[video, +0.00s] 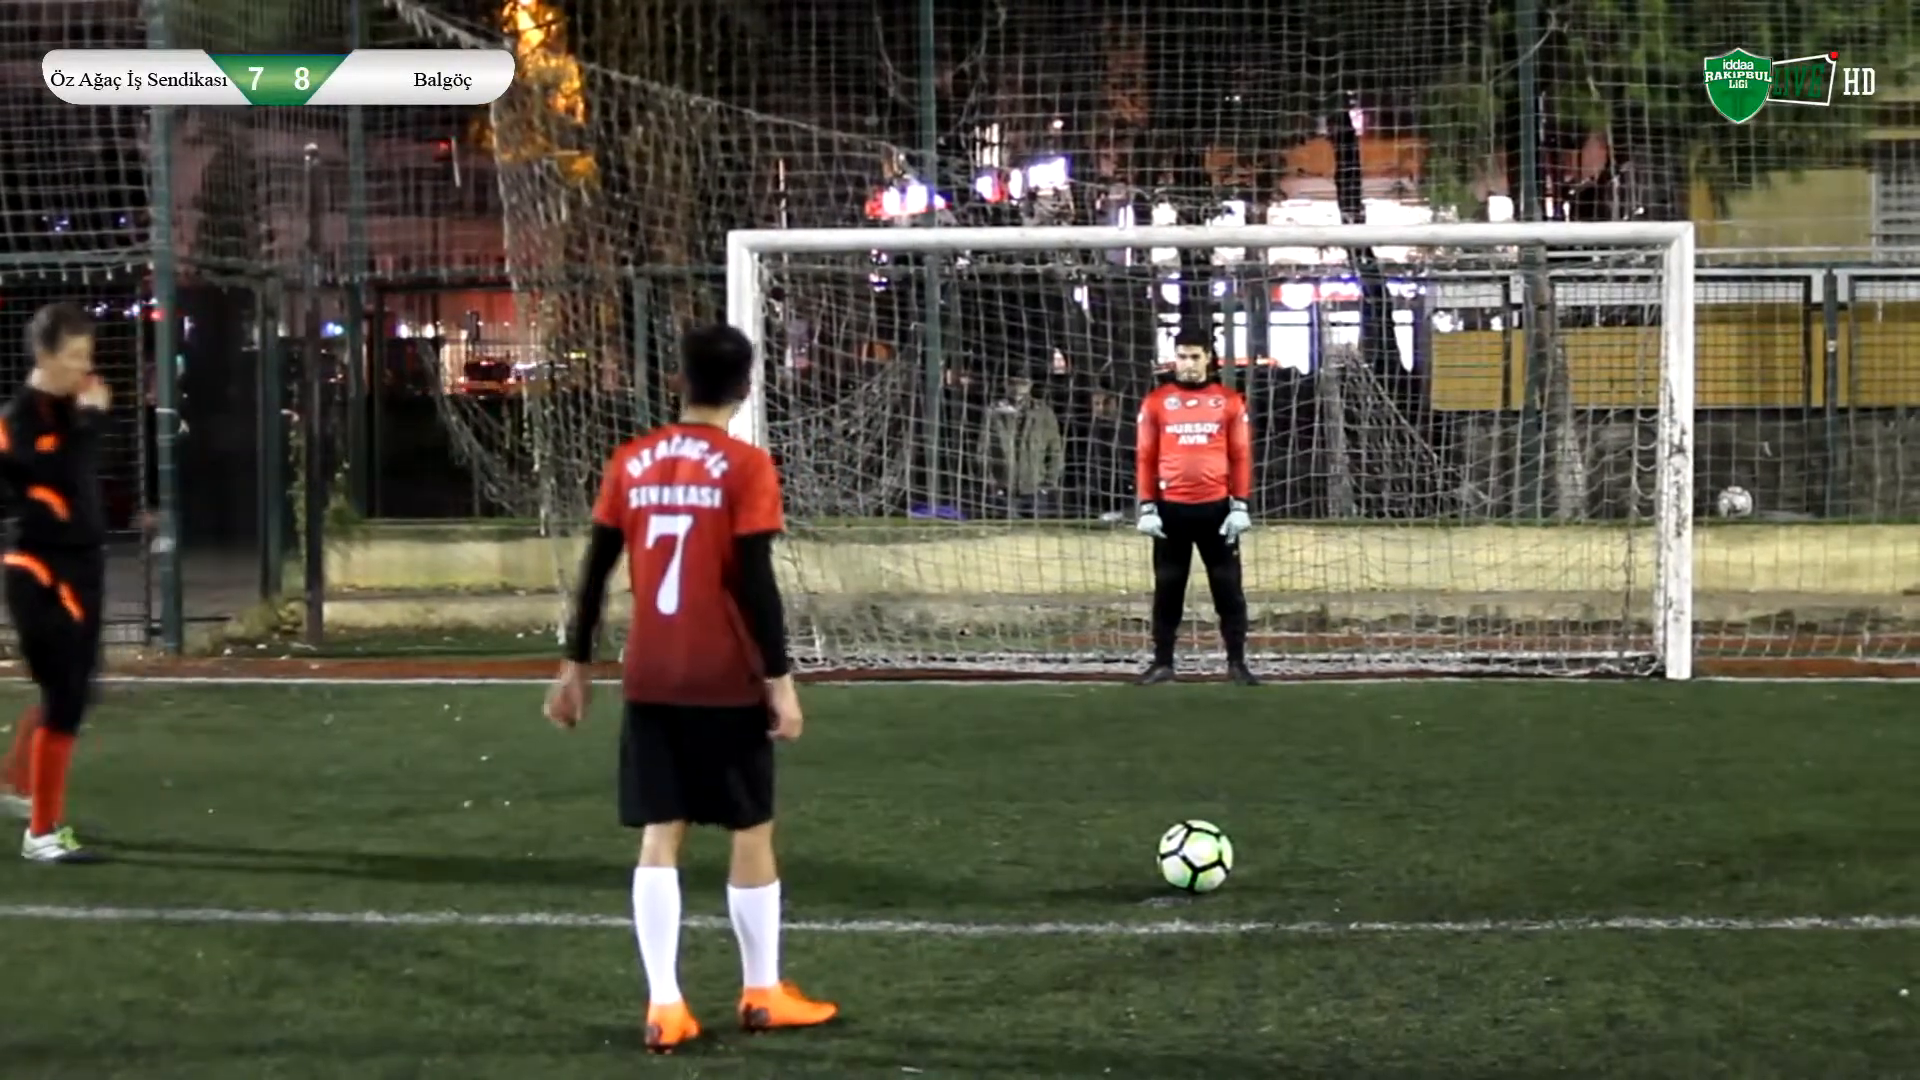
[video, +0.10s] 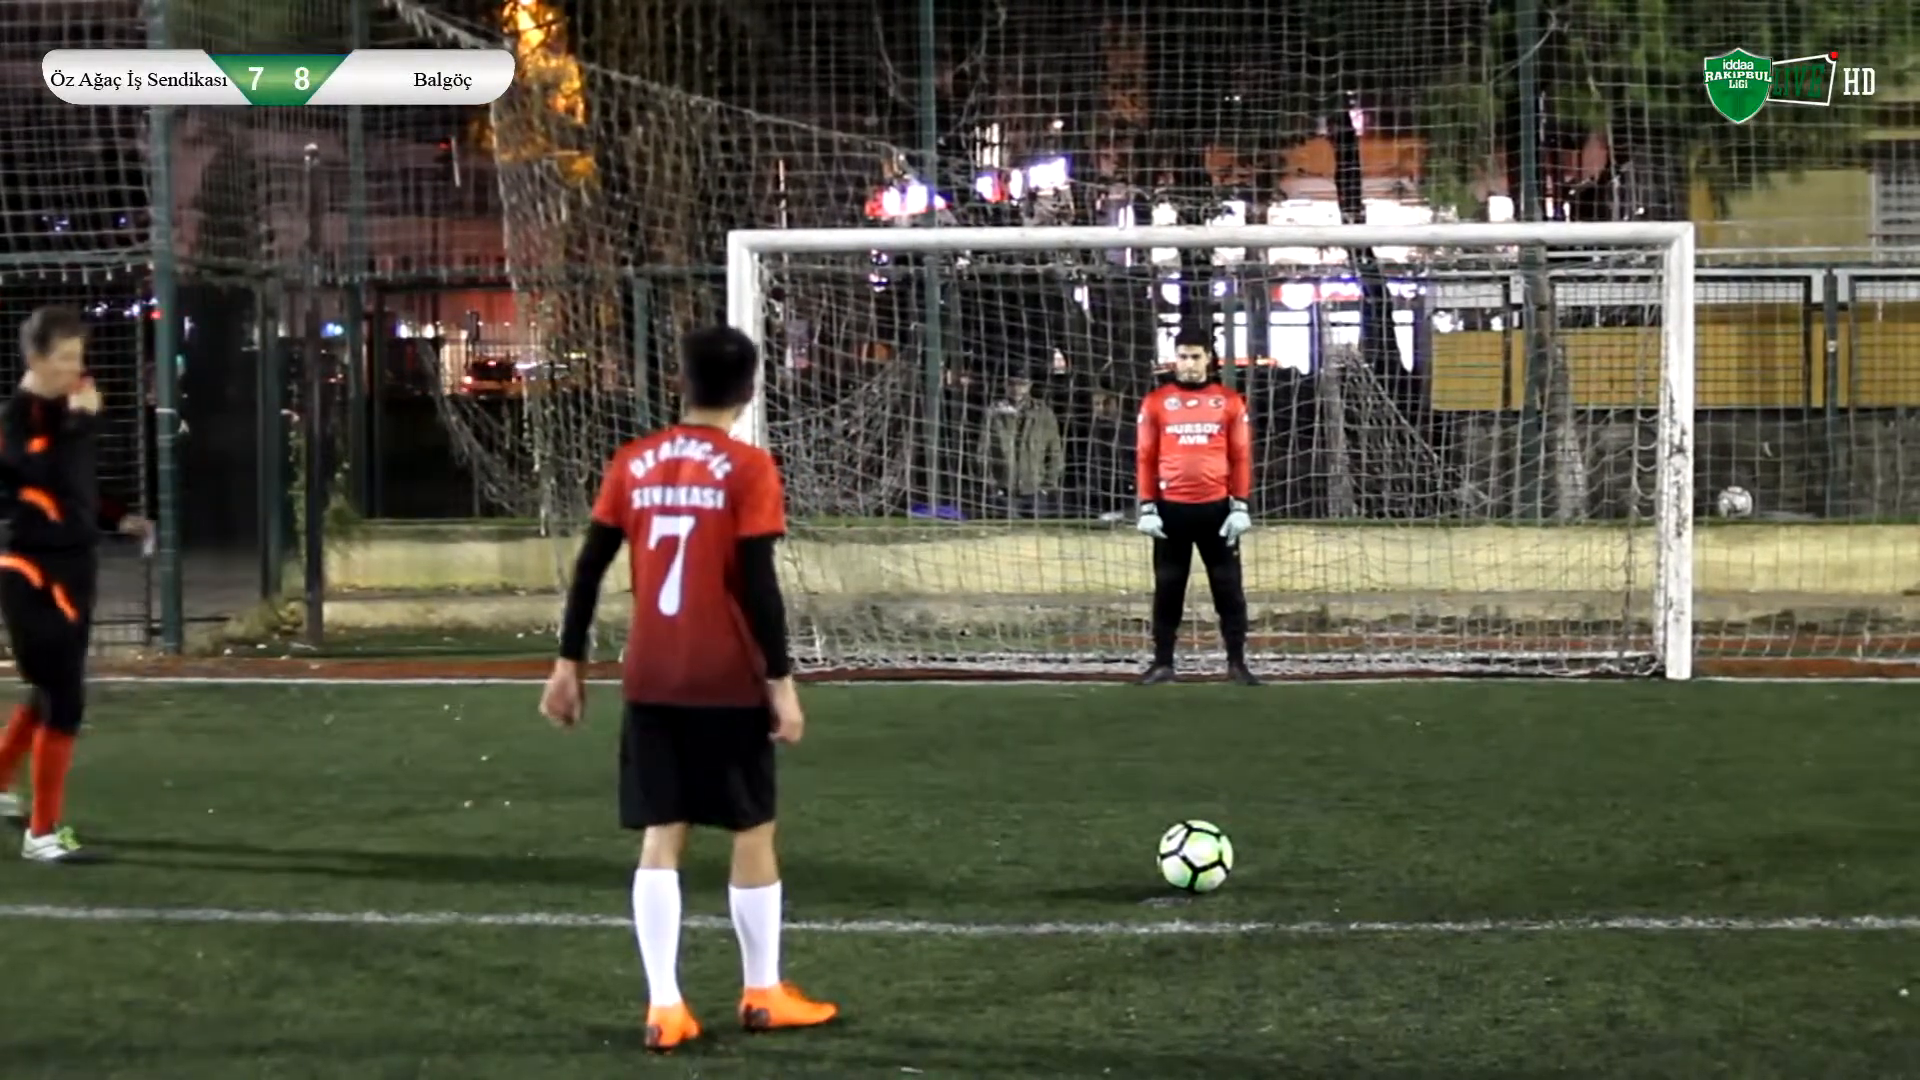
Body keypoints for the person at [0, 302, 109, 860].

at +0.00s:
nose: (87, 367)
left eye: (89, 356)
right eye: (78, 356)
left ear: (81, 358)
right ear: (49, 356)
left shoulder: (70, 413)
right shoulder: (24, 414)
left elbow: (76, 482)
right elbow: (59, 481)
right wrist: (89, 423)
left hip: (78, 564)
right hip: (39, 565)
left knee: (69, 687)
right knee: (63, 689)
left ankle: (17, 784)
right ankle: (44, 828)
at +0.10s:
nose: (78, 368)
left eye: (81, 357)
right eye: (69, 358)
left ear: (75, 359)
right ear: (37, 358)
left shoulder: (70, 411)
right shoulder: (18, 415)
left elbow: (78, 492)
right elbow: (44, 485)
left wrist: (119, 520)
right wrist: (79, 420)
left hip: (69, 568)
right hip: (31, 570)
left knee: (49, 692)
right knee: (63, 697)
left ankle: (6, 779)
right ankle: (42, 829)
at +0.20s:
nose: (69, 374)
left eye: (72, 364)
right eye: (60, 364)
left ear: (68, 363)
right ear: (28, 362)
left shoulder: (62, 416)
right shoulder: (9, 416)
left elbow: (70, 498)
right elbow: (23, 481)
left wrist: (112, 523)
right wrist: (72, 429)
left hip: (60, 574)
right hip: (22, 576)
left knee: (32, 698)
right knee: (59, 699)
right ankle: (43, 829)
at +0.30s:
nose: (63, 375)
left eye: (67, 365)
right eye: (54, 365)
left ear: (66, 366)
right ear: (23, 365)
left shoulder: (58, 418)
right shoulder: (10, 419)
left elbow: (66, 499)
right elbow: (21, 499)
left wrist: (103, 527)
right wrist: (65, 437)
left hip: (48, 581)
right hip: (15, 582)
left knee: (17, 696)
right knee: (51, 695)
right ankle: (42, 828)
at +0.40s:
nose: (59, 378)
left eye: (62, 367)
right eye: (49, 367)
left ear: (58, 368)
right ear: (15, 366)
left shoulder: (41, 420)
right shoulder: (9, 421)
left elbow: (47, 502)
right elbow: (21, 500)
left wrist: (89, 529)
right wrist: (67, 450)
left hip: (35, 583)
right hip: (11, 586)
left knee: (32, 699)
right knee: (40, 698)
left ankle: (41, 825)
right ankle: (39, 827)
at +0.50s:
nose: (55, 380)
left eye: (57, 369)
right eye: (46, 368)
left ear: (48, 369)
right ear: (14, 367)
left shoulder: (34, 425)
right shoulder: (9, 426)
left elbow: (40, 503)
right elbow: (14, 514)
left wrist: (80, 531)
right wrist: (61, 469)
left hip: (29, 579)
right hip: (8, 583)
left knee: (23, 691)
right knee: (26, 690)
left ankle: (37, 821)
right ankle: (35, 822)